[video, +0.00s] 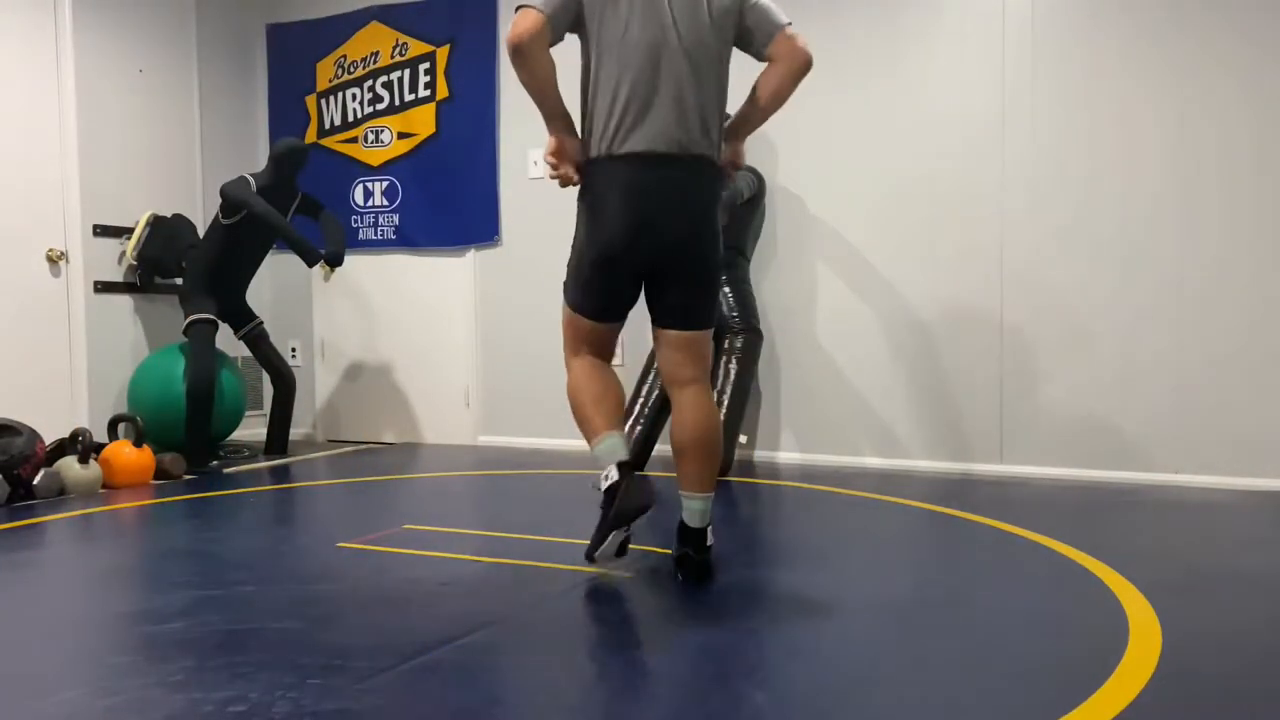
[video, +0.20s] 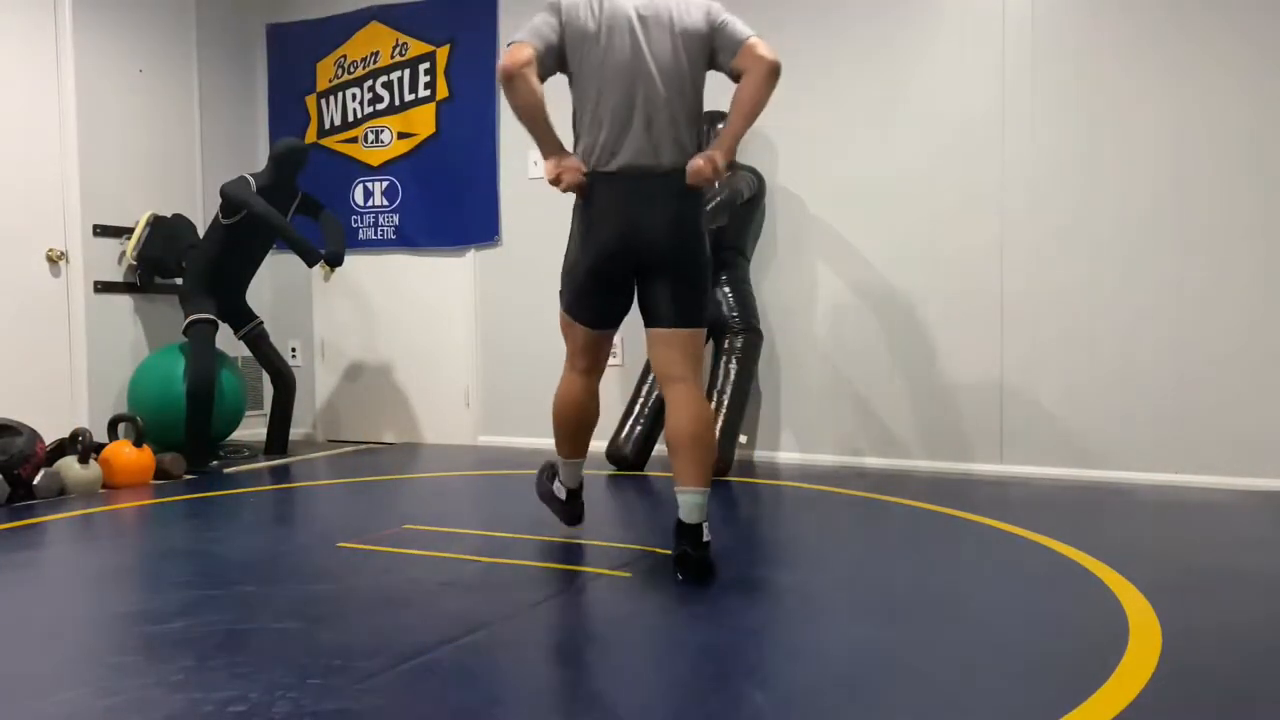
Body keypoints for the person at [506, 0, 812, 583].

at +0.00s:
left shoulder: (586, 0)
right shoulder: (725, 1)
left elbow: (523, 35)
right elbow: (794, 55)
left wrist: (559, 127)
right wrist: (736, 132)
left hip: (615, 192)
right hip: (693, 194)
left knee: (589, 352)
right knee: (690, 376)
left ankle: (617, 477)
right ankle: (694, 542)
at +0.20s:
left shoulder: (568, 9)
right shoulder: (698, 11)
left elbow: (514, 65)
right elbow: (762, 63)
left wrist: (554, 152)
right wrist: (719, 151)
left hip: (603, 211)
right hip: (677, 211)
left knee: (582, 365)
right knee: (682, 379)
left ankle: (567, 488)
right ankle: (693, 536)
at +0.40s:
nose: (638, 13)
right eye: (638, 9)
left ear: (577, 7)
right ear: (631, 7)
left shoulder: (538, 46)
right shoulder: (663, 40)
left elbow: (467, 107)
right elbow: (736, 92)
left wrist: (515, 163)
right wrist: (704, 167)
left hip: (574, 226)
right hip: (644, 225)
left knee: (571, 373)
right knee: (673, 371)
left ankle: (563, 504)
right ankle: (682, 475)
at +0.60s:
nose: (629, 27)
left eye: (626, 22)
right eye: (629, 20)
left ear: (572, 12)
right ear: (623, 15)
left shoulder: (527, 60)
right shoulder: (641, 54)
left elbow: (500, 146)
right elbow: (702, 138)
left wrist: (551, 119)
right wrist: (662, 128)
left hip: (560, 225)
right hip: (628, 222)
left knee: (566, 370)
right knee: (661, 349)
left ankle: (564, 499)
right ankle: (652, 462)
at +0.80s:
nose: (630, 37)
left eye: (624, 30)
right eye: (630, 30)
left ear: (573, 25)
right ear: (624, 28)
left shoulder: (535, 72)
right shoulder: (641, 69)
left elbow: (557, 133)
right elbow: (699, 152)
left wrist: (635, 143)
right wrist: (661, 146)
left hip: (562, 230)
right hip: (625, 228)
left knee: (565, 371)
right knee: (644, 360)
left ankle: (566, 498)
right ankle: (659, 467)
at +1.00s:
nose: (602, 48)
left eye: (593, 39)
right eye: (643, 47)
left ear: (592, 40)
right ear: (643, 46)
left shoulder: (558, 84)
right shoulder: (663, 92)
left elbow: (577, 147)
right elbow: (710, 176)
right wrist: (668, 188)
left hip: (578, 239)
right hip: (638, 239)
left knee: (575, 365)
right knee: (649, 362)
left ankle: (569, 487)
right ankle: (661, 473)